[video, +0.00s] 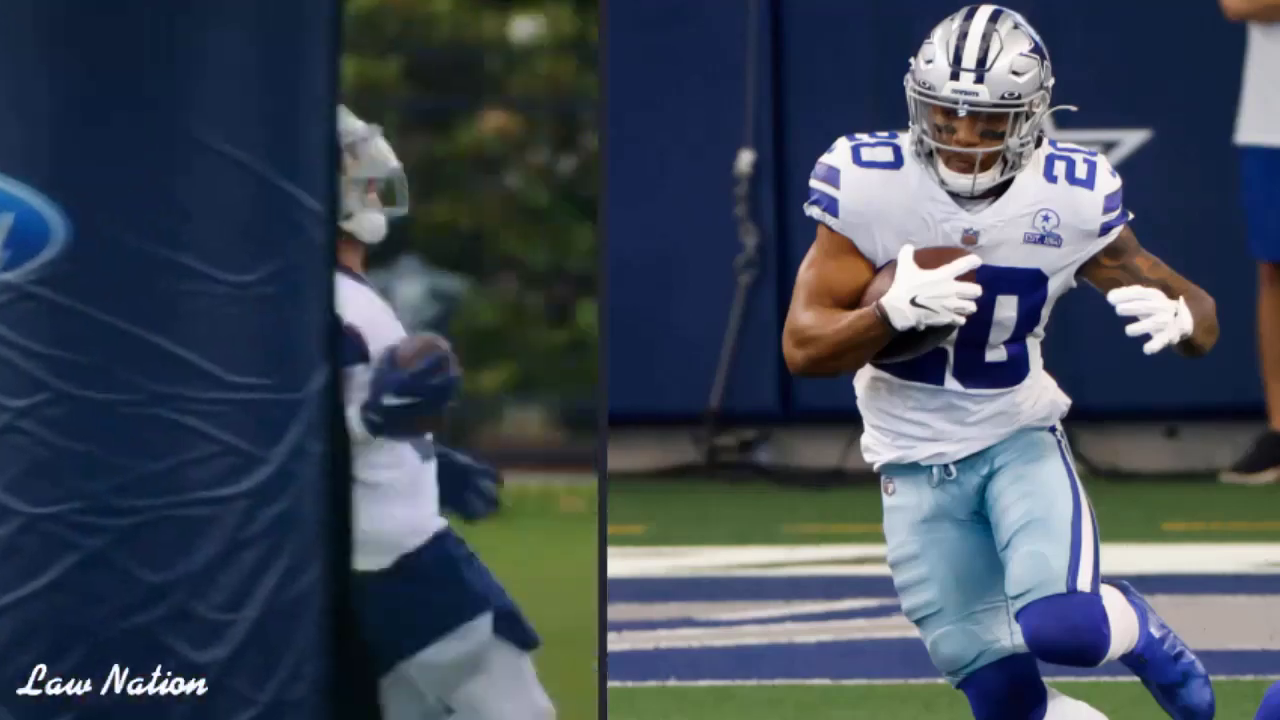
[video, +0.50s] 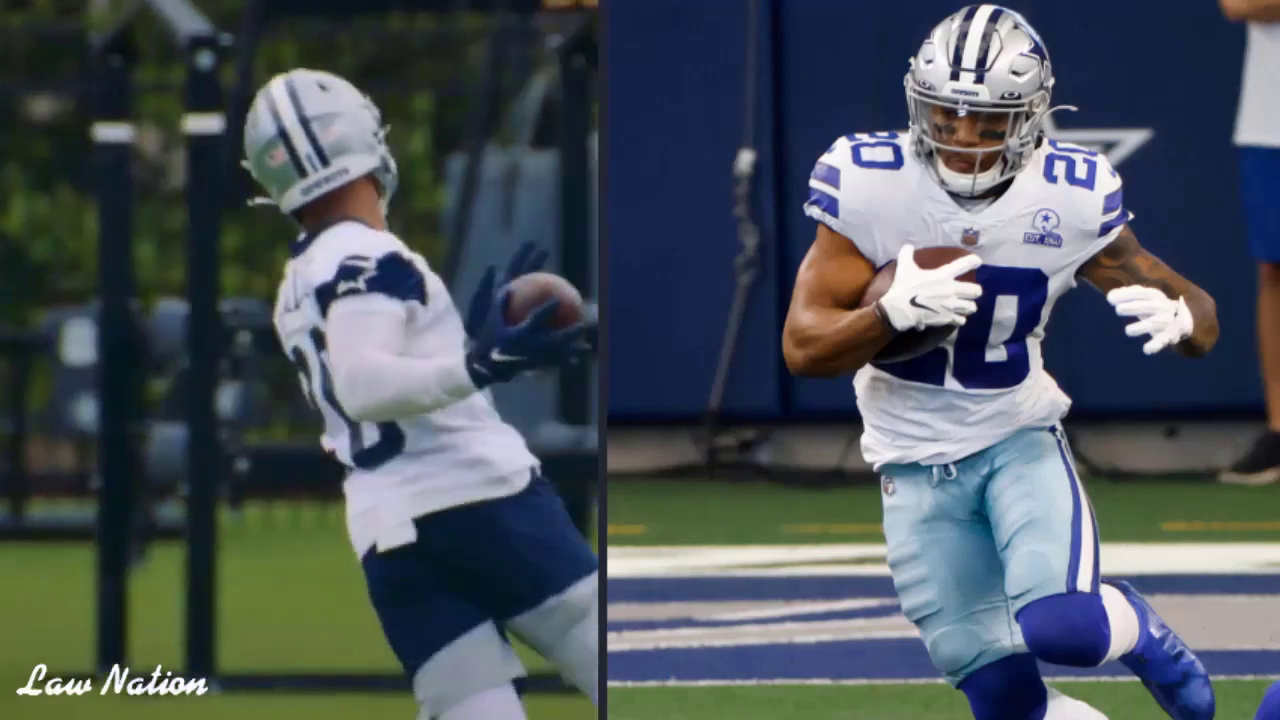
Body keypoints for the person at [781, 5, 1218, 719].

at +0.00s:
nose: (966, 137)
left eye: (988, 121)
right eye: (950, 116)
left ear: (1027, 119)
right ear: (922, 109)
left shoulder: (1070, 193)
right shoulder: (863, 179)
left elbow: (1196, 308)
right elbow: (801, 349)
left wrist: (1181, 319)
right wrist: (887, 313)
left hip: (1018, 437)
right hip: (911, 468)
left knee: (1054, 626)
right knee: (1001, 697)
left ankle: (1141, 632)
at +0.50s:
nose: (966, 138)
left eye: (988, 121)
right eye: (950, 117)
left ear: (1028, 119)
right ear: (922, 110)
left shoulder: (1071, 194)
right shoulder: (863, 179)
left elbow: (1197, 309)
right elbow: (801, 349)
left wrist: (1181, 319)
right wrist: (887, 313)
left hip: (1018, 437)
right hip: (911, 468)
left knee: (1054, 626)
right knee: (1001, 696)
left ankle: (1142, 633)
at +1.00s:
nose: (966, 138)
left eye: (988, 121)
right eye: (950, 117)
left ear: (1028, 119)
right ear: (922, 110)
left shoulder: (1071, 194)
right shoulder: (863, 179)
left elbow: (1197, 309)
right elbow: (801, 349)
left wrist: (1181, 319)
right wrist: (887, 313)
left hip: (1018, 437)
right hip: (911, 467)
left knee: (1054, 626)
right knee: (1001, 696)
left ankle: (1142, 633)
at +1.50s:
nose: (966, 138)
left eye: (988, 121)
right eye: (950, 117)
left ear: (1028, 119)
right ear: (922, 110)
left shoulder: (1071, 194)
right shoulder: (863, 179)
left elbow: (1197, 309)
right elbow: (801, 349)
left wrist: (1181, 319)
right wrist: (887, 313)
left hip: (1018, 437)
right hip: (911, 467)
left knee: (1054, 626)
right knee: (1001, 696)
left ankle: (1142, 633)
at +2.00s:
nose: (965, 137)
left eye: (988, 121)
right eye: (950, 117)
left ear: (1028, 119)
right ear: (922, 110)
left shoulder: (1070, 193)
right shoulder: (863, 179)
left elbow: (1197, 309)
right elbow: (801, 349)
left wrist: (1181, 319)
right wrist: (887, 313)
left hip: (1018, 438)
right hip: (911, 468)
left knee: (1054, 626)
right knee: (1001, 696)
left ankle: (1143, 634)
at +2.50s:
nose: (966, 138)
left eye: (988, 121)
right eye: (950, 117)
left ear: (1028, 119)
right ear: (922, 110)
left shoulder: (1071, 194)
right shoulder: (863, 179)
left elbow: (1197, 309)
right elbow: (801, 349)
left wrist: (1181, 319)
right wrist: (887, 313)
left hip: (1018, 437)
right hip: (911, 467)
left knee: (1054, 626)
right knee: (1001, 696)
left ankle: (1142, 633)